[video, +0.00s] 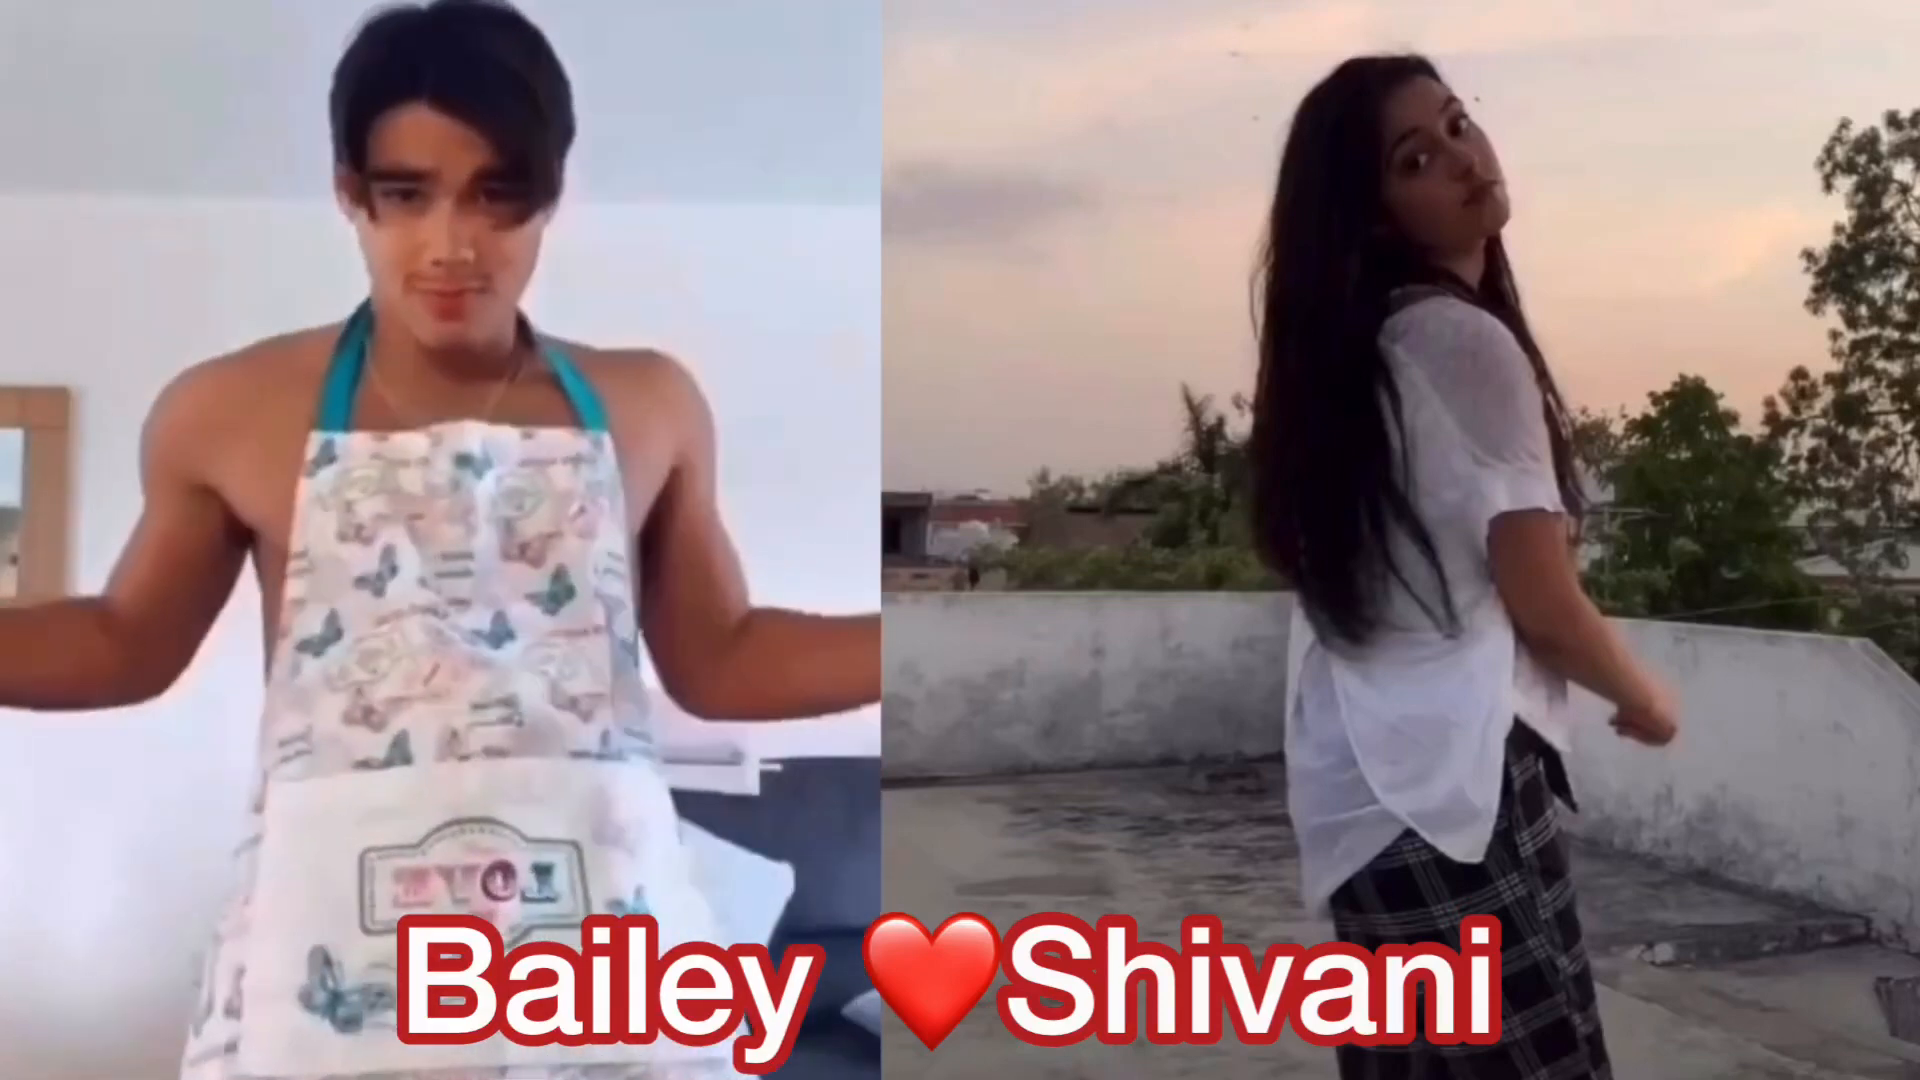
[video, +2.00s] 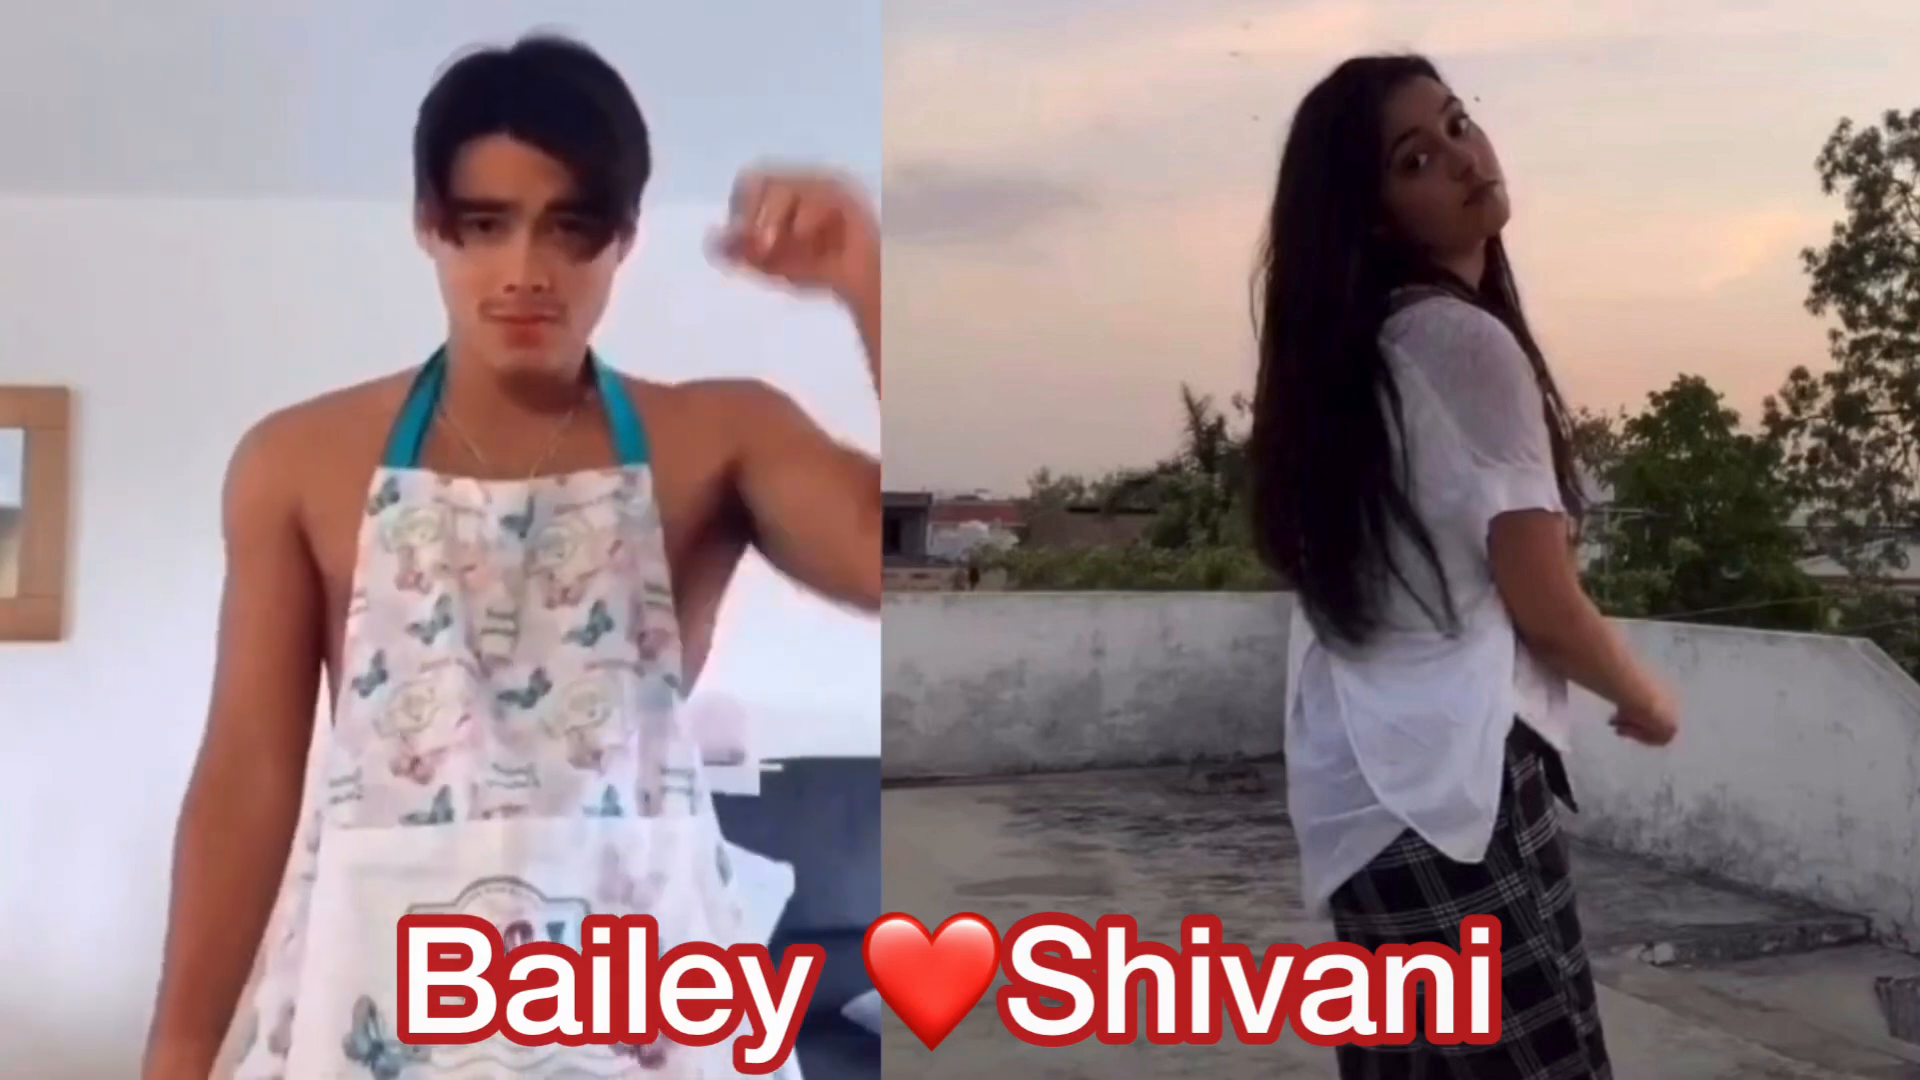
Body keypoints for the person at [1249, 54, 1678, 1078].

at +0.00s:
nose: (1467, 158)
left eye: (1459, 125)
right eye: (1418, 158)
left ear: (1479, 128)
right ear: (1370, 210)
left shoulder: (1353, 333)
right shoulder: (1465, 339)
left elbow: (1393, 566)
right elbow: (1545, 603)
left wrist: (1546, 665)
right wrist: (1642, 697)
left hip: (1362, 783)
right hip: (1451, 789)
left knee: (1397, 1056)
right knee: (1544, 1055)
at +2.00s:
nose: (1466, 158)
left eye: (1459, 125)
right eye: (1417, 158)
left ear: (1480, 129)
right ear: (1370, 210)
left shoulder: (1353, 333)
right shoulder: (1465, 339)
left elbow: (1392, 564)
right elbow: (1545, 602)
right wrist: (1643, 697)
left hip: (1362, 783)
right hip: (1452, 789)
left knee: (1397, 1056)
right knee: (1544, 1056)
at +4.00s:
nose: (1466, 158)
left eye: (1459, 125)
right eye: (1417, 158)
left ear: (1480, 129)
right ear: (1370, 210)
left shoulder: (1353, 333)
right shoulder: (1465, 339)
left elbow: (1392, 564)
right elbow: (1545, 602)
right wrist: (1643, 697)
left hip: (1362, 783)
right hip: (1452, 789)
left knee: (1397, 1056)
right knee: (1544, 1056)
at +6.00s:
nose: (1466, 157)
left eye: (1459, 125)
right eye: (1417, 158)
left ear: (1480, 128)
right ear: (1371, 211)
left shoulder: (1356, 333)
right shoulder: (1465, 339)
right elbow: (1547, 605)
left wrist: (1562, 666)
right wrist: (1643, 696)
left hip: (1363, 784)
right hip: (1452, 790)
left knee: (1398, 1057)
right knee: (1545, 1057)